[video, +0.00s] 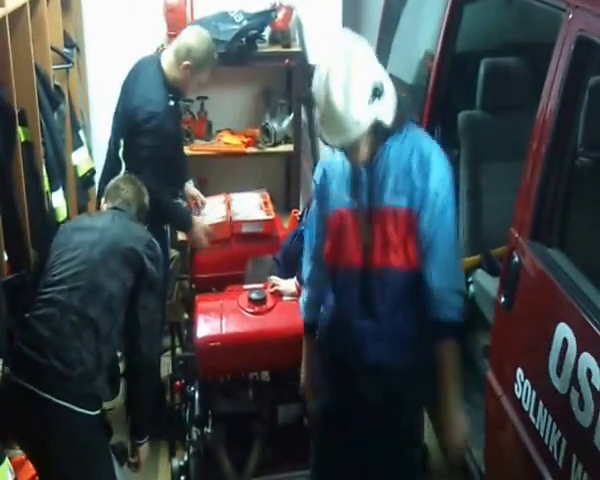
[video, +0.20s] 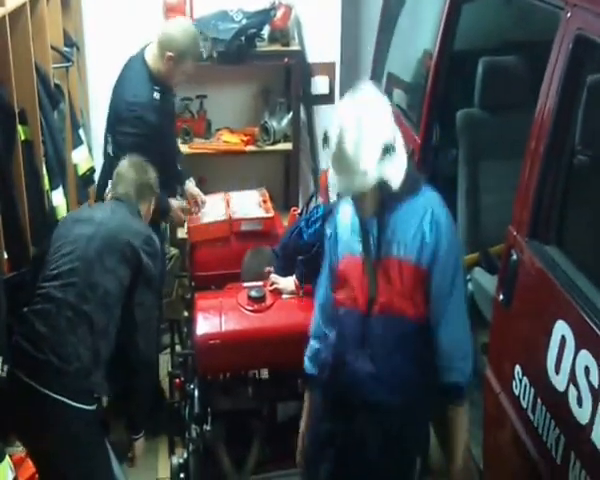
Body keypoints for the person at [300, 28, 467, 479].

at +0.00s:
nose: (334, 120)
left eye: (344, 109)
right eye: (327, 108)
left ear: (373, 98)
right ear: (320, 106)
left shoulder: (422, 158)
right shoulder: (329, 163)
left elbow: (444, 284)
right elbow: (313, 268)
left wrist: (450, 401)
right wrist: (309, 354)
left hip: (403, 358)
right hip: (339, 358)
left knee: (396, 466)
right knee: (335, 464)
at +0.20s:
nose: (350, 156)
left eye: (362, 144)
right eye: (343, 142)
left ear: (386, 144)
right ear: (335, 144)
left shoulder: (427, 211)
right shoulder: (340, 212)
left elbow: (451, 319)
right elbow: (324, 313)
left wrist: (458, 460)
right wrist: (308, 415)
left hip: (403, 395)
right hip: (341, 391)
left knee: (389, 472)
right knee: (327, 470)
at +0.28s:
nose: (352, 192)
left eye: (359, 181)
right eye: (347, 181)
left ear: (381, 159)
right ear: (340, 166)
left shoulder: (429, 207)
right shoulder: (349, 210)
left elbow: (445, 314)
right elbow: (332, 304)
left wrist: (435, 433)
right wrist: (315, 405)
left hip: (401, 389)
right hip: (343, 385)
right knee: (328, 468)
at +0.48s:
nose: (323, 140)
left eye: (328, 127)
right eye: (318, 128)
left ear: (360, 119)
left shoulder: (411, 179)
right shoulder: (358, 172)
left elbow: (411, 316)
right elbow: (346, 280)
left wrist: (378, 436)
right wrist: (329, 372)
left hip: (399, 362)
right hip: (361, 351)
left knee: (388, 466)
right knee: (344, 454)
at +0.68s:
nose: (351, 201)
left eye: (363, 185)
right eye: (339, 190)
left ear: (378, 177)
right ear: (322, 188)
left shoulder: (372, 242)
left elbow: (366, 340)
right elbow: (438, 226)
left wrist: (351, 441)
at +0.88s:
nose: (330, 113)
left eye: (334, 104)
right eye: (329, 102)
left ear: (351, 110)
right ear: (390, 94)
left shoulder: (369, 184)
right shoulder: (409, 145)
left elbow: (364, 304)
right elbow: (424, 228)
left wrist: (340, 410)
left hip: (373, 311)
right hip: (406, 295)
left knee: (359, 421)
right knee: (390, 381)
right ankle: (407, 438)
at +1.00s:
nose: (337, 113)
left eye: (339, 103)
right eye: (335, 103)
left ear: (352, 106)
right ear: (396, 84)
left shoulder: (373, 187)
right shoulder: (420, 150)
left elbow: (375, 316)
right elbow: (410, 245)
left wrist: (345, 412)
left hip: (341, 332)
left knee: (321, 434)